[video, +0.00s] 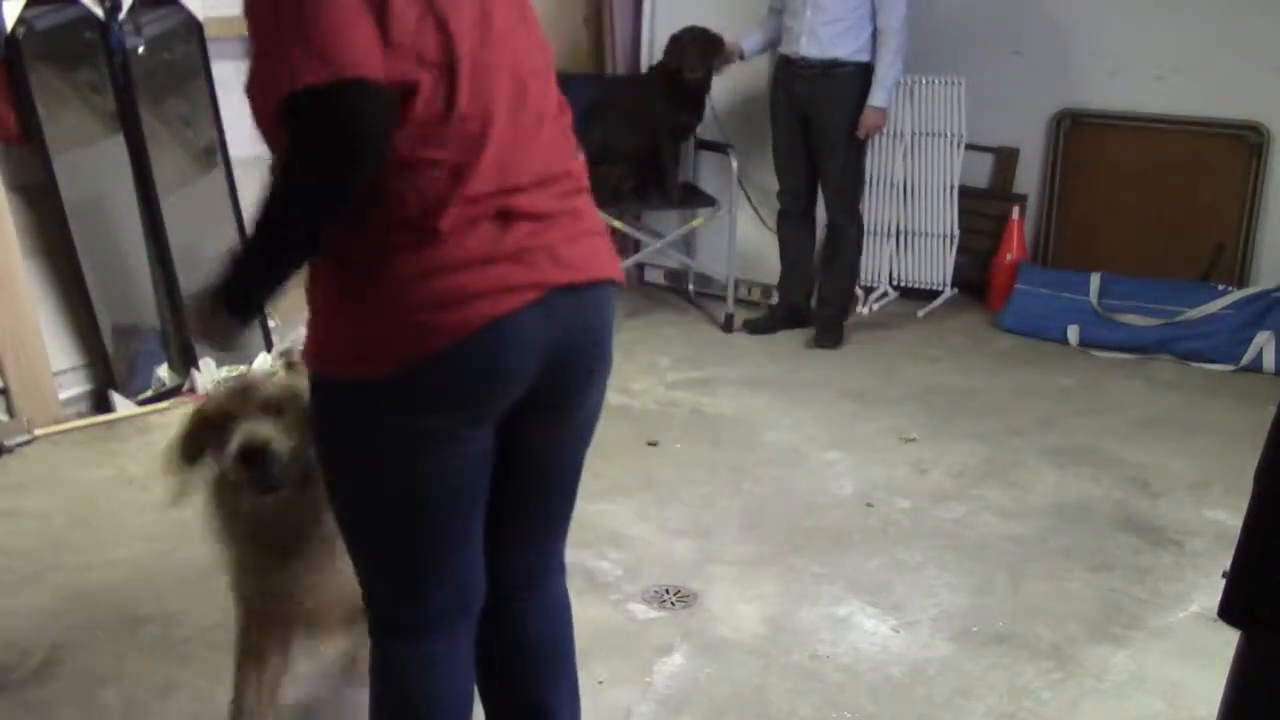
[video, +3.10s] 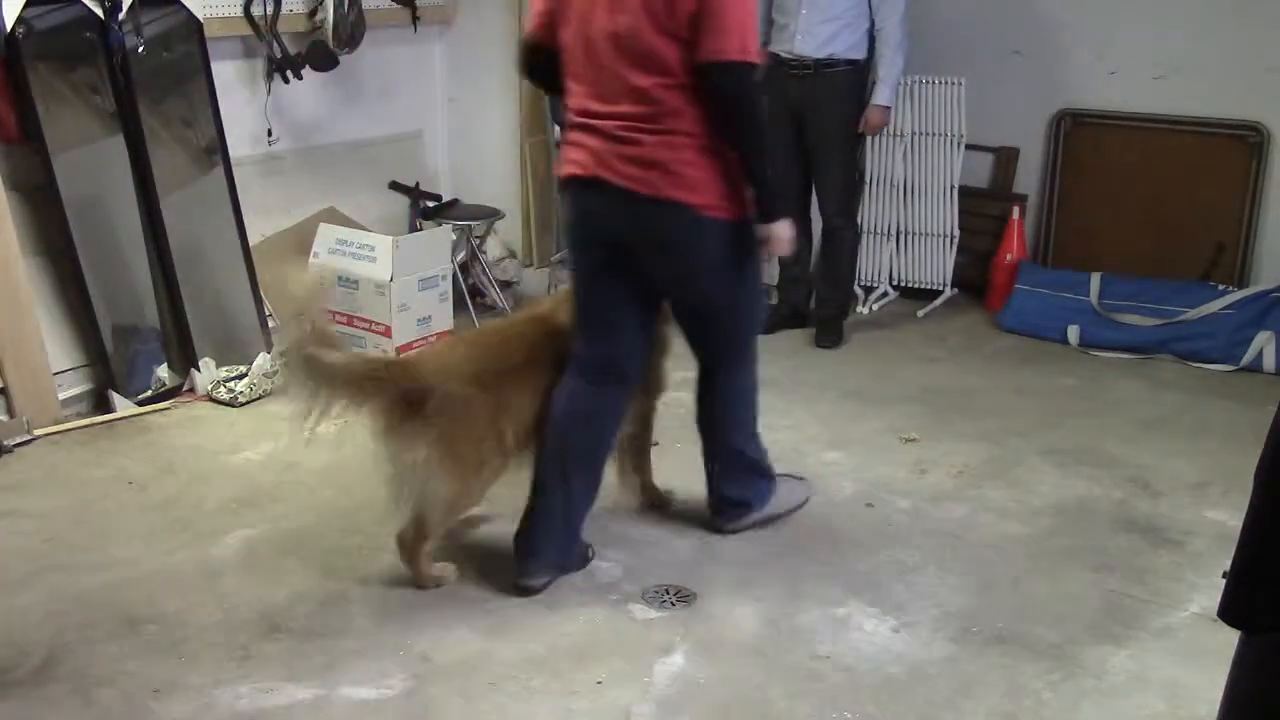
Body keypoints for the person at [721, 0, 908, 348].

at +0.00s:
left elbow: (892, 29)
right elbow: (780, 19)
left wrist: (878, 101)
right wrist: (740, 48)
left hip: (844, 80)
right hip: (789, 77)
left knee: (842, 209)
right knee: (793, 203)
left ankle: (831, 317)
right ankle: (792, 306)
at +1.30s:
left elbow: (885, 30)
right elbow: (765, 8)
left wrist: (834, 85)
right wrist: (761, 65)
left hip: (845, 81)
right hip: (787, 76)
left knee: (838, 207)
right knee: (791, 203)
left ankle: (831, 314)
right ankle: (792, 306)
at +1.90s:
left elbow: (891, 24)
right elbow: (760, 11)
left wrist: (886, 100)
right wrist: (758, 78)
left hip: (844, 80)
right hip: (787, 76)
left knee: (839, 209)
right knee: (790, 204)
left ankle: (831, 313)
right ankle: (792, 305)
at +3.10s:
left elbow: (891, 24)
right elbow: (760, 19)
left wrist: (882, 99)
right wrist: (754, 64)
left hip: (840, 79)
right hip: (780, 76)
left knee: (838, 209)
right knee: (787, 204)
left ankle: (831, 313)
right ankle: (792, 305)